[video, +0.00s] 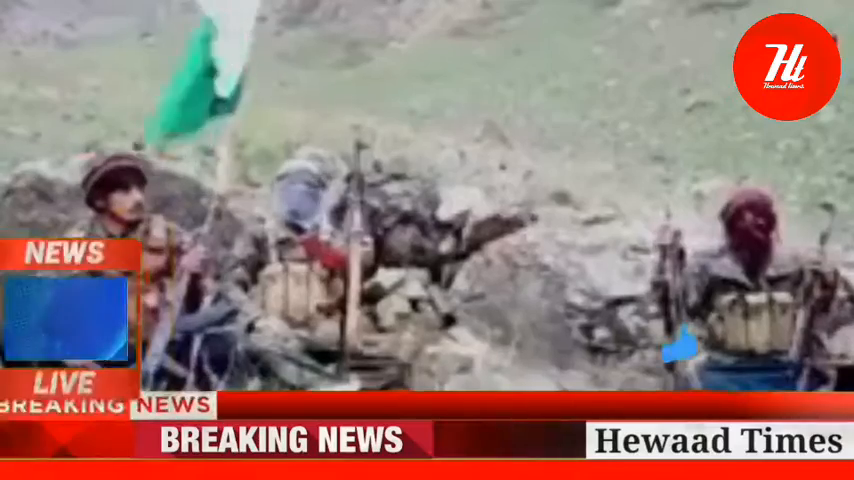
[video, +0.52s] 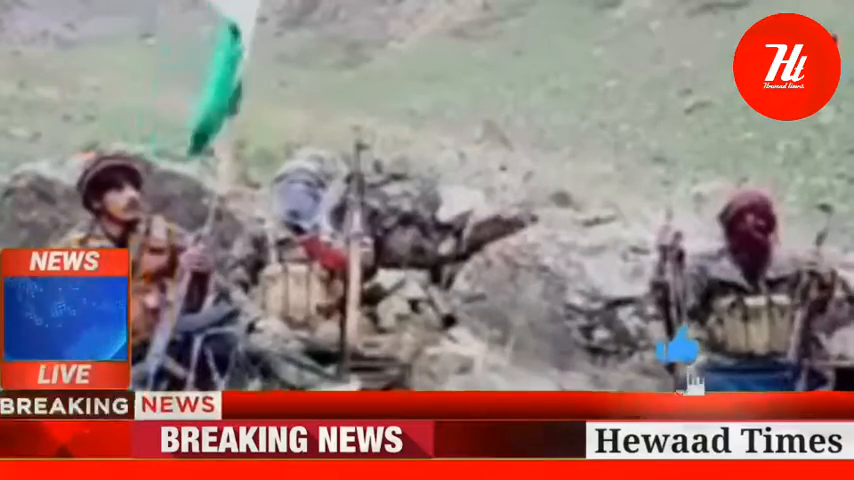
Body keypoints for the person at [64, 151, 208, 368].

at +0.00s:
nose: (138, 198)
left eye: (140, 189)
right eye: (124, 190)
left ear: (145, 192)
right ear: (100, 200)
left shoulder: (164, 234)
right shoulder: (77, 243)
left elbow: (189, 307)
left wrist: (194, 275)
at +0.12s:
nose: (137, 198)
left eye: (138, 188)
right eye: (122, 190)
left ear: (145, 191)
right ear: (99, 202)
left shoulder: (161, 236)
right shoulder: (75, 250)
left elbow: (190, 308)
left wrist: (194, 277)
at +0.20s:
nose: (134, 195)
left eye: (136, 185)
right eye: (119, 188)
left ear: (143, 190)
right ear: (97, 201)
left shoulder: (163, 236)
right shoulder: (72, 249)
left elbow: (190, 306)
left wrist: (196, 275)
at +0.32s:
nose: (134, 196)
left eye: (135, 187)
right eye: (119, 189)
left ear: (142, 191)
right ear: (97, 203)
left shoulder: (166, 237)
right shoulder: (71, 252)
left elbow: (189, 308)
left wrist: (197, 276)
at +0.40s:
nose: (133, 195)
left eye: (135, 186)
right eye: (117, 189)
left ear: (142, 191)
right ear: (96, 202)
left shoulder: (161, 235)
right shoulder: (72, 251)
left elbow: (190, 310)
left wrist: (202, 274)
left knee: (224, 345)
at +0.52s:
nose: (132, 195)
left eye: (134, 185)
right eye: (116, 188)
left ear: (141, 191)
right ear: (96, 202)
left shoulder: (161, 235)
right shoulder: (72, 251)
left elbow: (190, 309)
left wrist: (201, 274)